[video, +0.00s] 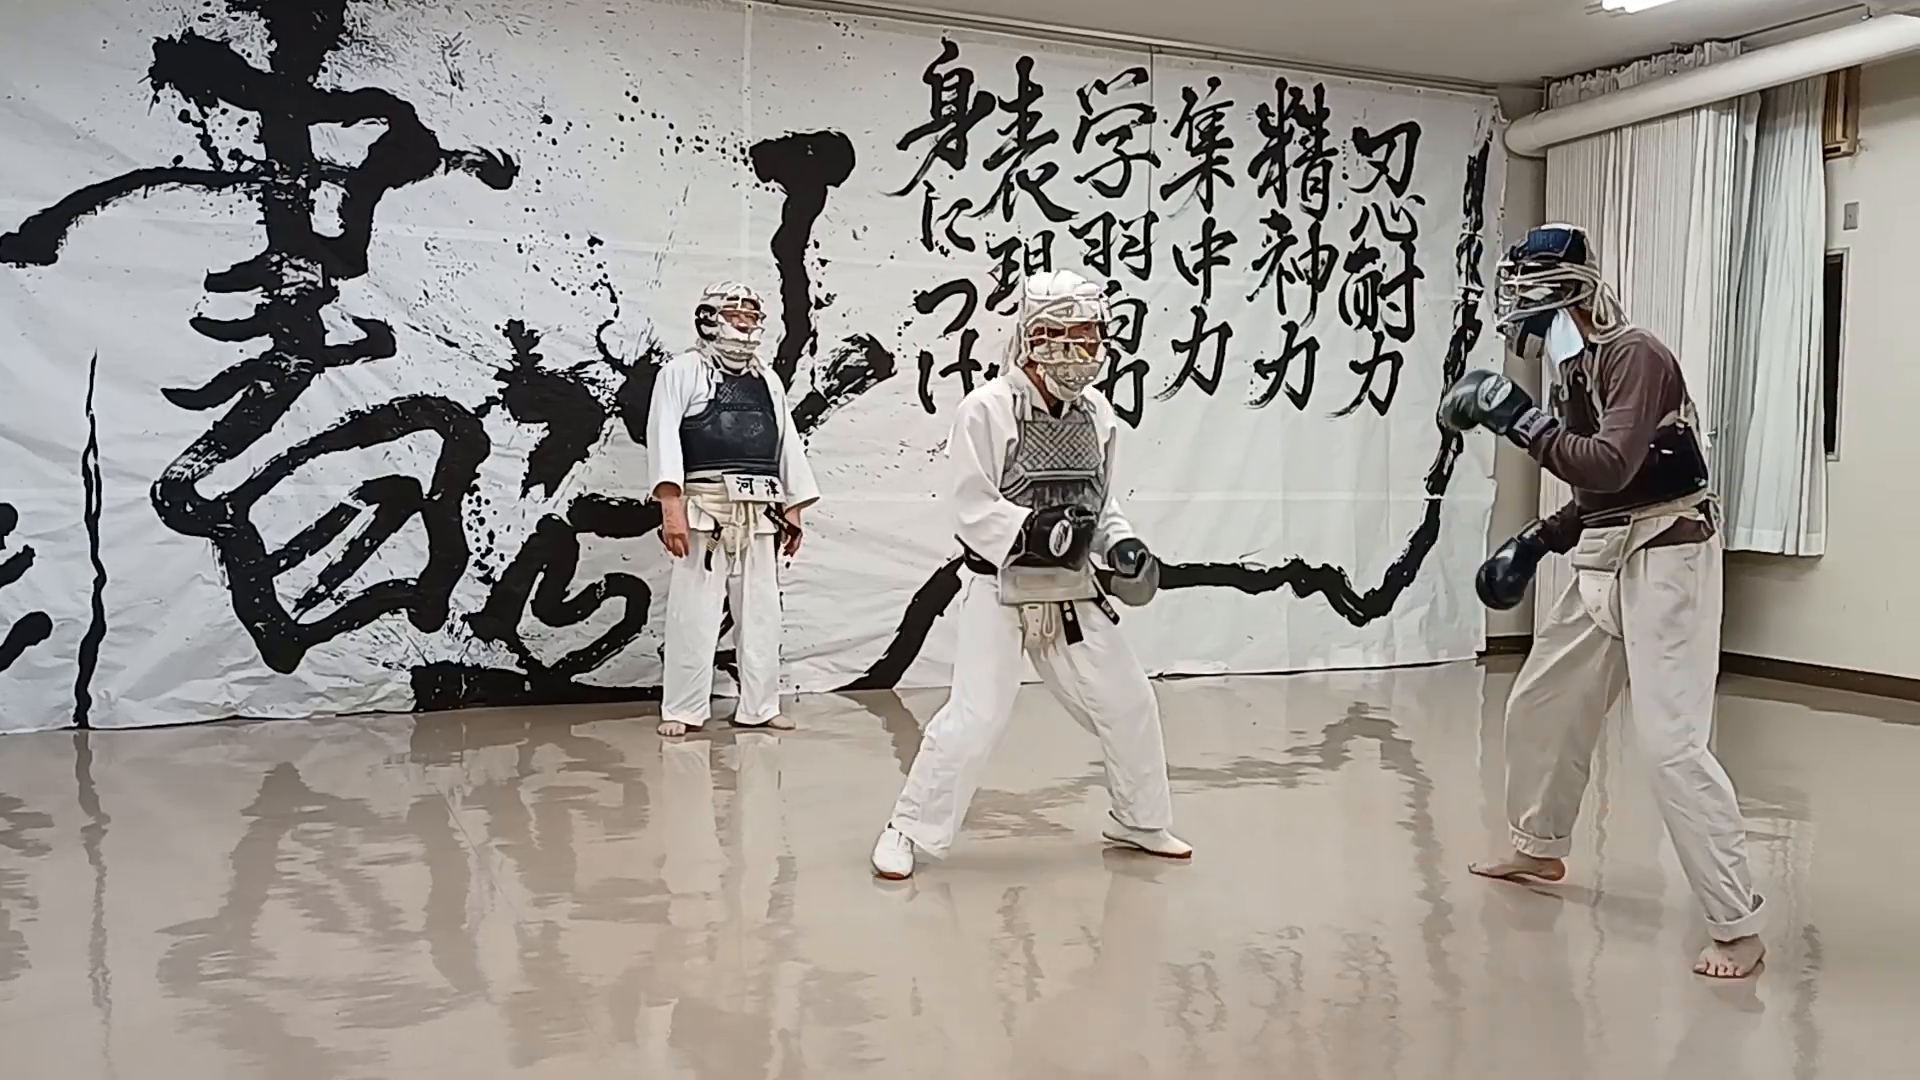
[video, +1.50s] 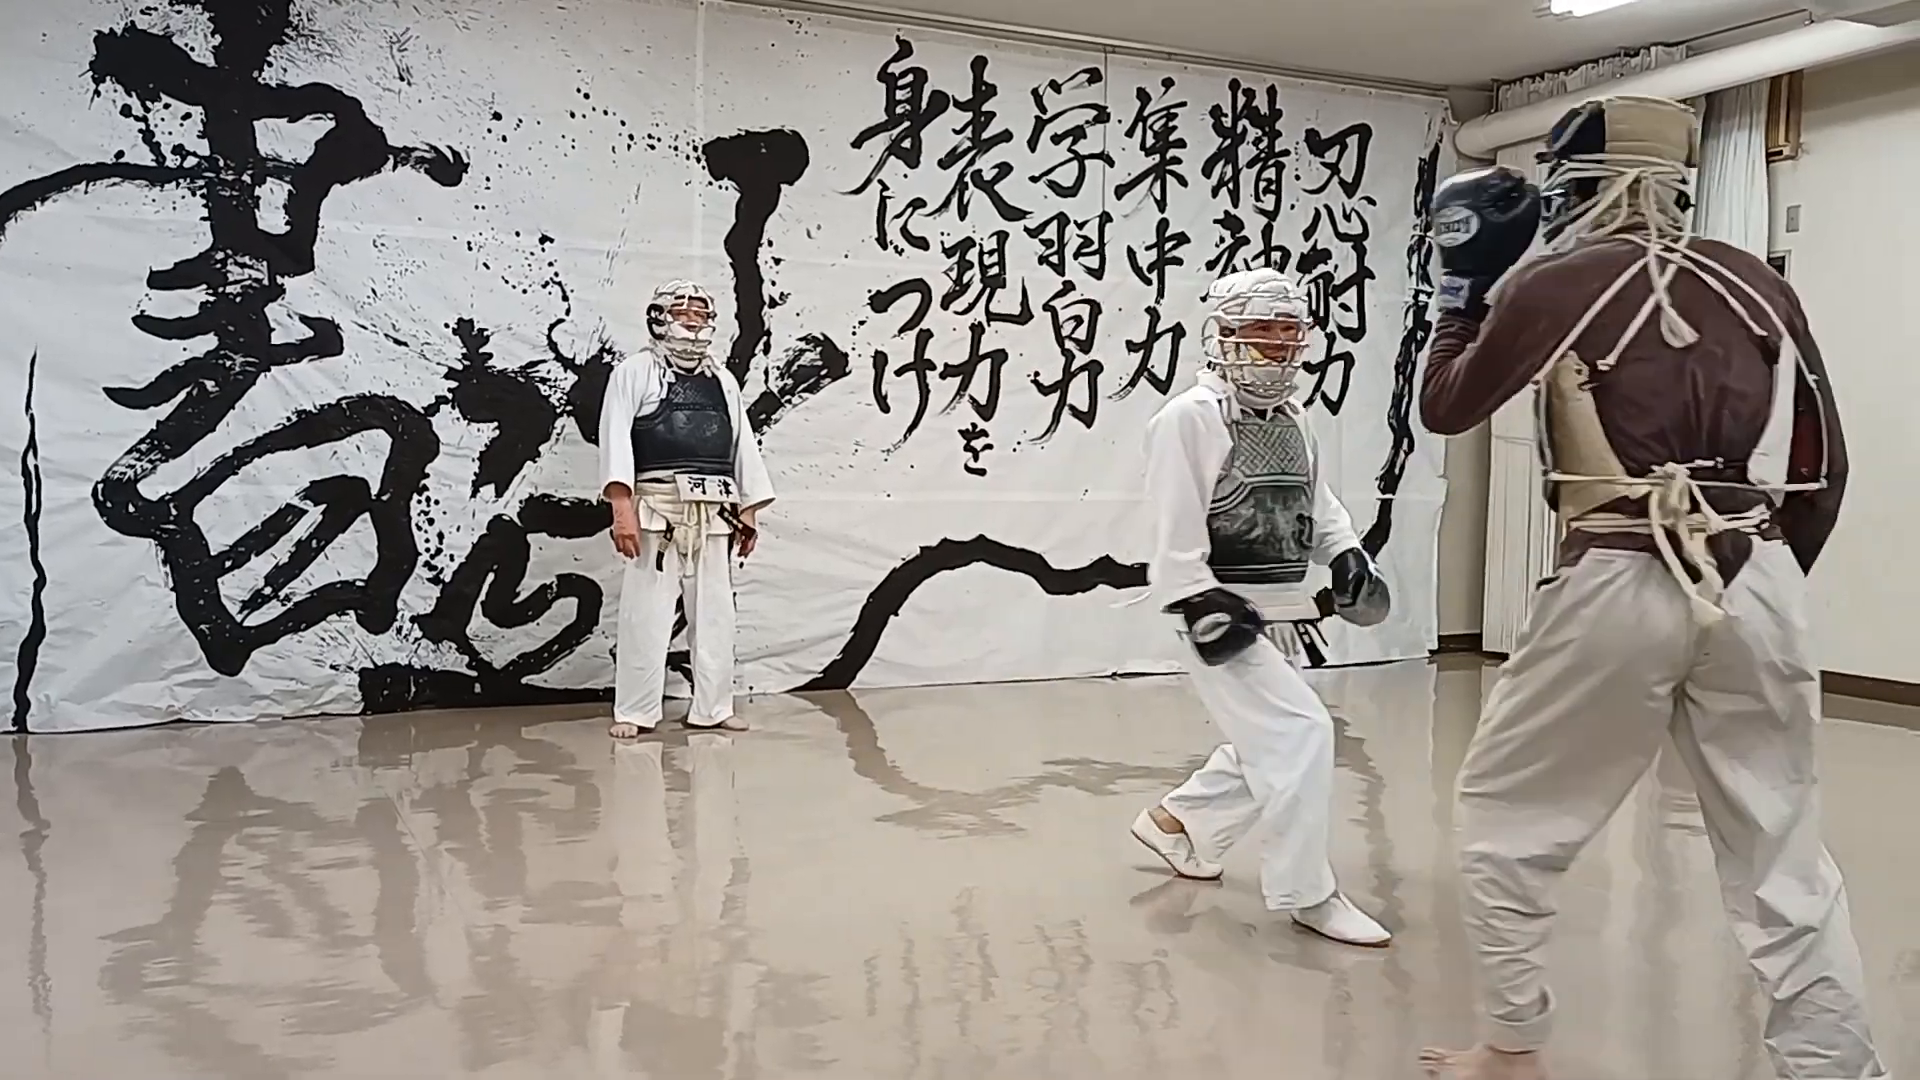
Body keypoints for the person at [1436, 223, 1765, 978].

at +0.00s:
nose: (1511, 312)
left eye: (1520, 296)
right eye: (1510, 297)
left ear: (1558, 296)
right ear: (1556, 298)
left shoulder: (1635, 353)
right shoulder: (1569, 379)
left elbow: (1613, 466)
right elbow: (1598, 492)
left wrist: (1522, 421)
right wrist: (1531, 544)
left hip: (1670, 549)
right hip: (1600, 551)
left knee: (1671, 741)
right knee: (1543, 704)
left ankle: (1738, 930)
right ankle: (1539, 853)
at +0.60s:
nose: (1452, 333)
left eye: (1465, 319)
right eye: (1454, 317)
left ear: (1504, 327)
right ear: (1510, 325)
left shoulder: (1556, 387)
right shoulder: (1513, 400)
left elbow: (1489, 497)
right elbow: (1537, 528)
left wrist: (1433, 426)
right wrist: (1458, 556)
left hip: (1622, 587)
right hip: (1566, 591)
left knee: (1554, 748)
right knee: (1479, 726)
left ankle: (1655, 942)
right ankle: (1523, 874)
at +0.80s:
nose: (1466, 321)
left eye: (1476, 307)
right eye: (1466, 306)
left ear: (1510, 312)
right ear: (1546, 305)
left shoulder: (1569, 391)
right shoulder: (1590, 373)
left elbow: (1423, 465)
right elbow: (1552, 481)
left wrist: (1409, 362)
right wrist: (1493, 545)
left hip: (1653, 609)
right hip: (1656, 597)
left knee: (1528, 807)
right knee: (1559, 742)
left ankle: (1611, 1007)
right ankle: (1538, 876)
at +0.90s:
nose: (1485, 320)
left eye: (1489, 307)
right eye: (1484, 306)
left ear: (1517, 309)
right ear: (1568, 299)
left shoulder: (1573, 385)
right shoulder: (1631, 370)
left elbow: (1425, 459)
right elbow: (1585, 495)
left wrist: (1418, 352)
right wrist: (1522, 587)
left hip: (1668, 621)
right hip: (1736, 616)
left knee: (1529, 808)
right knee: (1644, 796)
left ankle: (1609, 1012)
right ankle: (1653, 925)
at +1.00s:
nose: (1505, 298)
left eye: (1511, 282)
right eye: (1504, 281)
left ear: (1544, 283)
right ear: (1601, 274)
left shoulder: (1589, 365)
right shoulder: (1686, 363)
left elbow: (1435, 448)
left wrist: (1429, 342)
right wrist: (1599, 562)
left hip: (1676, 620)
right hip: (1758, 614)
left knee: (1540, 803)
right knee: (1695, 789)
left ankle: (1611, 1013)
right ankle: (1776, 966)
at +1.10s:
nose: (1549, 274)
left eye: (1549, 258)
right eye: (1548, 257)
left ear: (1568, 258)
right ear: (1638, 246)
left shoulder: (1611, 336)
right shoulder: (1714, 337)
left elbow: (1454, 425)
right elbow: (1773, 468)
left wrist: (1460, 309)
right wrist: (1639, 572)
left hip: (1686, 610)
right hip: (1786, 610)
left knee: (1560, 806)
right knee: (1739, 831)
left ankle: (1605, 1011)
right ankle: (1842, 1021)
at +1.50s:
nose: (1553, 193)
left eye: (1563, 178)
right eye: (1557, 178)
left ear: (1588, 184)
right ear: (1677, 184)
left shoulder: (1555, 282)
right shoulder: (1762, 280)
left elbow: (1446, 402)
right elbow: (1821, 470)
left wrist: (1462, 284)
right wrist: (1766, 581)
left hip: (1612, 591)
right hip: (1759, 586)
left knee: (1505, 816)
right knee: (1783, 855)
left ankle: (1513, 1041)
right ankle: (1832, 1066)